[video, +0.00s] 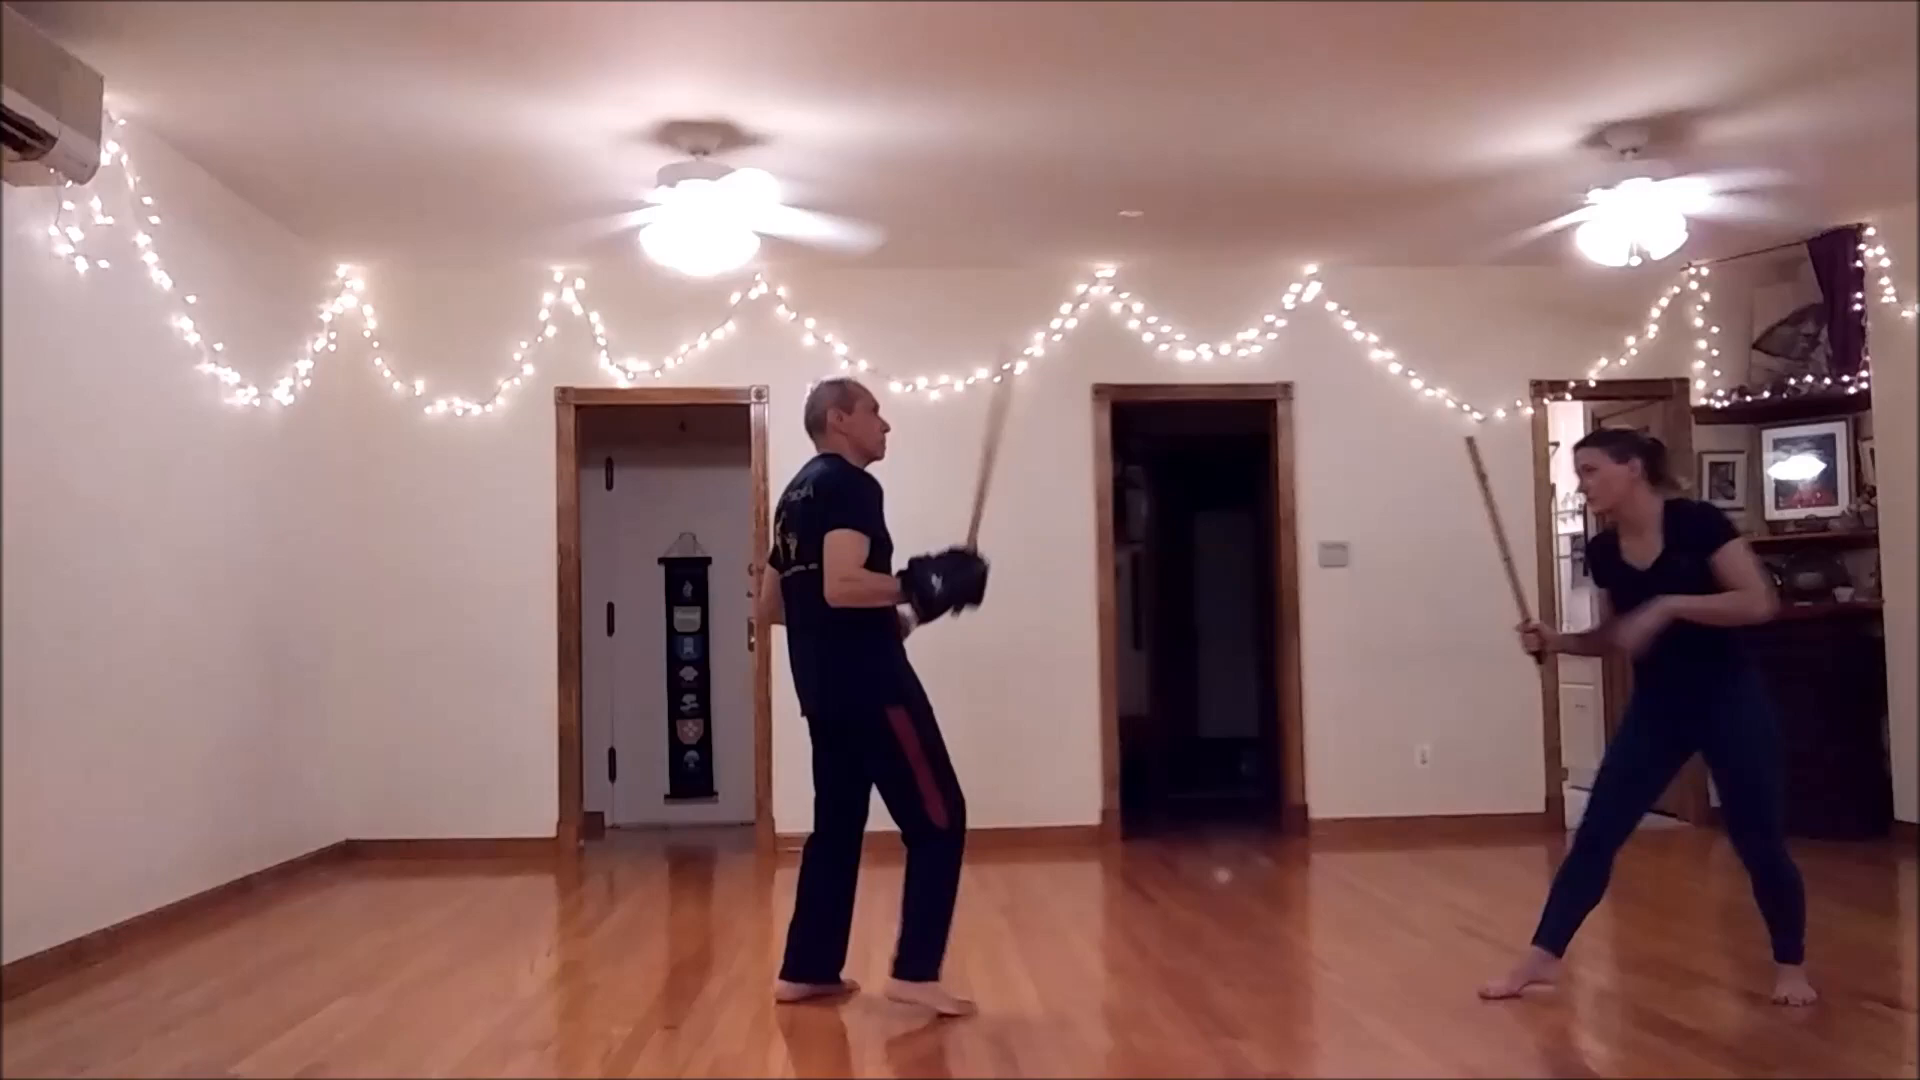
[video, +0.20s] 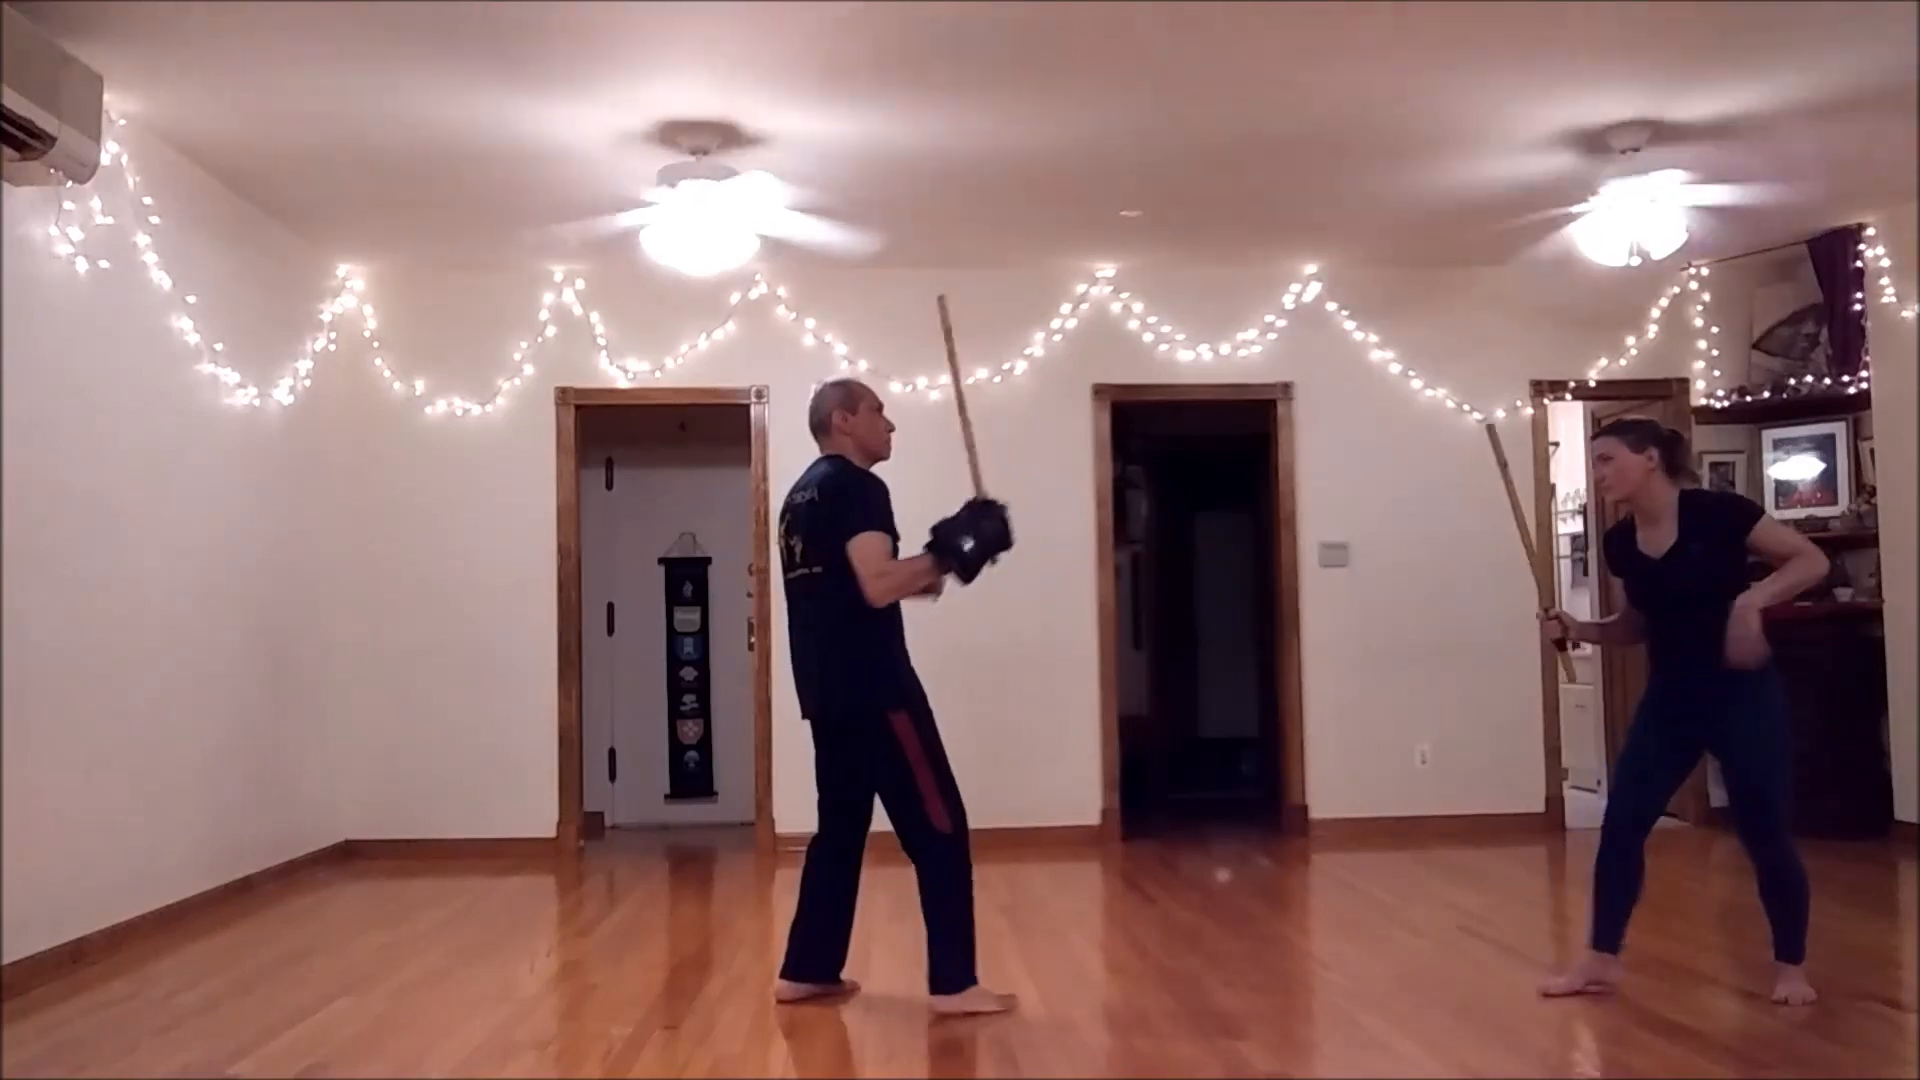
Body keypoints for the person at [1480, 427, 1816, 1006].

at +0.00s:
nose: (1583, 486)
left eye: (1590, 472)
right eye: (1579, 476)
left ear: (1632, 467)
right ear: (1606, 477)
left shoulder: (1696, 521)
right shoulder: (1604, 550)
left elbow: (1759, 601)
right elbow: (1615, 637)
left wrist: (1667, 606)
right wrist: (1555, 642)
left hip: (1731, 703)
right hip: (1660, 707)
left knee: (1758, 839)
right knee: (1598, 830)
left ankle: (1791, 966)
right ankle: (1542, 957)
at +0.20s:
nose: (1598, 474)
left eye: (1607, 461)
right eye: (1595, 464)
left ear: (1648, 459)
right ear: (1636, 465)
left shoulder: (1719, 512)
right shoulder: (1621, 542)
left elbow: (1813, 561)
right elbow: (1636, 625)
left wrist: (1750, 601)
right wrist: (1578, 632)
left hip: (1742, 692)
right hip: (1672, 697)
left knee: (1764, 829)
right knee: (1623, 820)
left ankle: (1790, 966)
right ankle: (1601, 959)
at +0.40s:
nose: (1602, 472)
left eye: (1611, 458)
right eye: (1598, 462)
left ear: (1654, 458)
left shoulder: (1716, 515)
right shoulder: (1616, 541)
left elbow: (1796, 583)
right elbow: (1621, 621)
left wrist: (1722, 603)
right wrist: (1562, 623)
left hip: (1739, 694)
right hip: (1668, 696)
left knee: (1764, 831)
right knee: (1618, 822)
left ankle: (1790, 966)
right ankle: (1608, 960)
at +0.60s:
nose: (1604, 471)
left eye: (1612, 457)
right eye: (1600, 461)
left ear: (1655, 457)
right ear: (1614, 470)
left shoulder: (1710, 515)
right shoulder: (1615, 530)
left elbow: (1716, 605)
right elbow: (1610, 617)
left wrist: (1633, 565)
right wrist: (1556, 613)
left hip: (1723, 692)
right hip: (1654, 692)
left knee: (1750, 828)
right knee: (1608, 820)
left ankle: (1788, 967)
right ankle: (1607, 961)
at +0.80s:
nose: (1603, 481)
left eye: (1613, 467)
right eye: (1601, 471)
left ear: (1655, 468)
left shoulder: (1710, 524)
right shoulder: (1616, 540)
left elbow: (1720, 611)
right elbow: (1614, 625)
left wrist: (1639, 574)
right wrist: (1563, 625)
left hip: (1724, 700)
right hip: (1655, 701)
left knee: (1746, 838)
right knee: (1598, 822)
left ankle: (1787, 968)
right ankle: (1607, 961)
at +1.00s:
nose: (1592, 484)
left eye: (1601, 471)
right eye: (1589, 473)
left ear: (1641, 471)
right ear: (1626, 476)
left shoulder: (1703, 527)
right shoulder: (1609, 541)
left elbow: (1779, 597)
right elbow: (1613, 622)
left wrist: (1692, 616)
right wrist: (1564, 623)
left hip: (1728, 703)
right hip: (1657, 704)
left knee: (1747, 837)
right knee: (1604, 820)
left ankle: (1788, 968)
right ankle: (1607, 960)